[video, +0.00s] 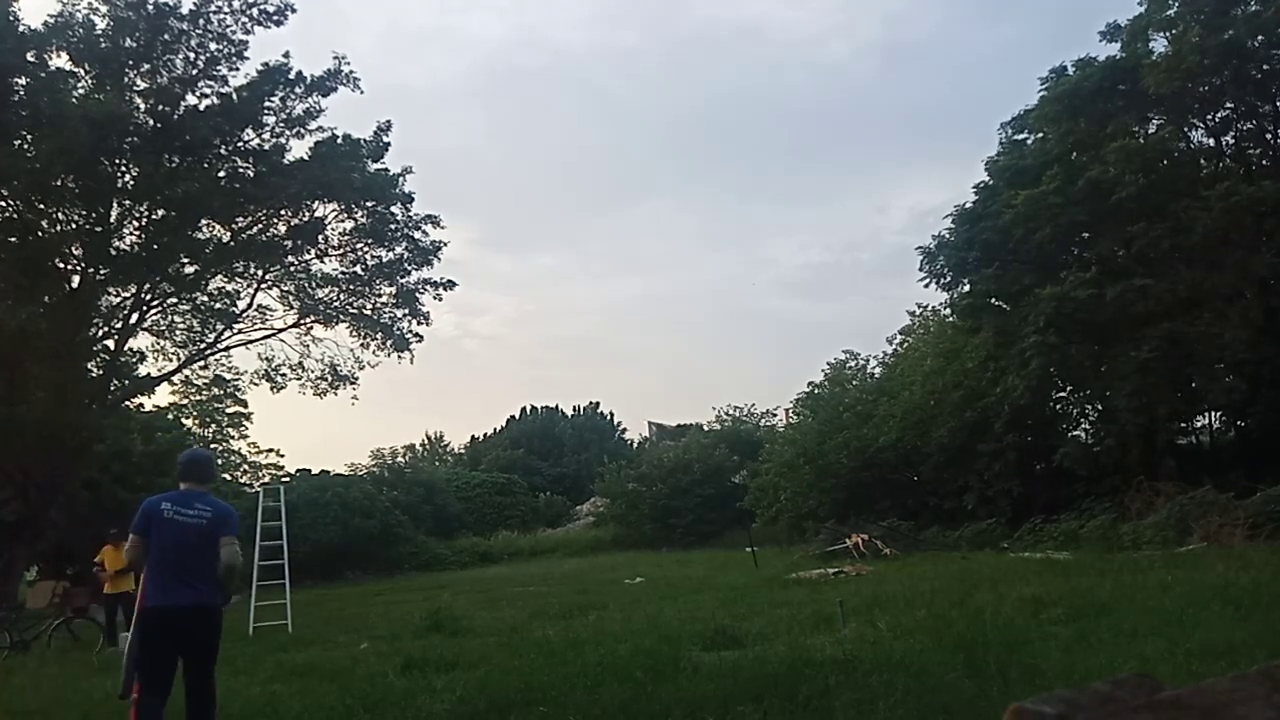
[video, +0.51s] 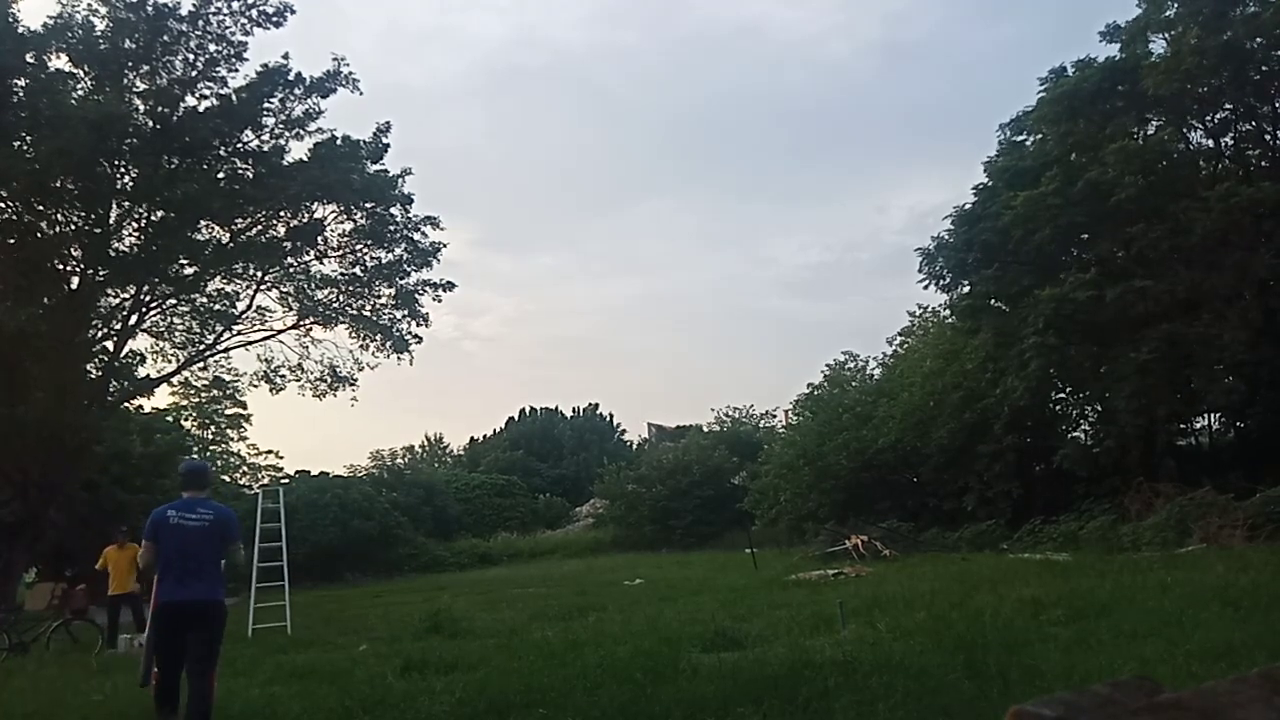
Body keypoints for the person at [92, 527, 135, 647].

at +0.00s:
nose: (114, 543)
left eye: (117, 539)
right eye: (112, 540)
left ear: (121, 539)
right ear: (109, 540)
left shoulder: (128, 548)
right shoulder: (106, 550)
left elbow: (132, 565)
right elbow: (96, 564)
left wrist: (114, 573)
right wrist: (102, 573)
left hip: (126, 590)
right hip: (110, 590)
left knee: (129, 619)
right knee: (110, 620)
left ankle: (133, 643)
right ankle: (112, 645)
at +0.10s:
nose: (114, 542)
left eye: (116, 539)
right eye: (112, 540)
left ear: (120, 539)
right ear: (109, 540)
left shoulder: (129, 548)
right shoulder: (105, 550)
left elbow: (130, 566)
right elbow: (95, 565)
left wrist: (108, 577)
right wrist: (97, 575)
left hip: (126, 591)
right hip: (109, 592)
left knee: (129, 620)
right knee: (109, 621)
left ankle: (132, 645)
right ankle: (111, 647)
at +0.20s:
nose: (114, 541)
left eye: (117, 538)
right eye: (112, 538)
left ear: (121, 538)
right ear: (109, 539)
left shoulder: (129, 548)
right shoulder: (104, 551)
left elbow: (130, 565)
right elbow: (96, 566)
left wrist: (111, 576)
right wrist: (96, 575)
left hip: (126, 592)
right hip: (109, 593)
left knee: (130, 620)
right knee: (109, 621)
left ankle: (131, 645)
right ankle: (110, 647)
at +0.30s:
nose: (117, 538)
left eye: (119, 535)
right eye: (115, 536)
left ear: (123, 536)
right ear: (111, 536)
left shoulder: (131, 547)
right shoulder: (105, 550)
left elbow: (133, 566)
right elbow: (97, 565)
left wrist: (115, 576)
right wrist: (91, 574)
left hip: (128, 589)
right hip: (111, 591)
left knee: (132, 617)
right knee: (111, 619)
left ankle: (134, 643)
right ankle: (111, 645)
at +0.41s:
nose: (119, 538)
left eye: (121, 535)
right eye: (117, 535)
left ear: (125, 536)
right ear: (113, 536)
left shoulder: (132, 547)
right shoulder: (107, 550)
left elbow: (137, 563)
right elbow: (98, 567)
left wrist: (127, 575)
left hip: (129, 589)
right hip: (113, 591)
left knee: (136, 617)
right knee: (112, 620)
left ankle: (137, 643)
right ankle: (112, 646)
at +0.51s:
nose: (122, 539)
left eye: (125, 536)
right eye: (120, 536)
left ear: (128, 537)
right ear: (116, 537)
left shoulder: (134, 549)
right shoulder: (108, 551)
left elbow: (142, 566)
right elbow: (99, 567)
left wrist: (141, 583)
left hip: (131, 589)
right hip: (114, 591)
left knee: (139, 619)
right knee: (112, 622)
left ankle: (144, 644)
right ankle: (111, 647)